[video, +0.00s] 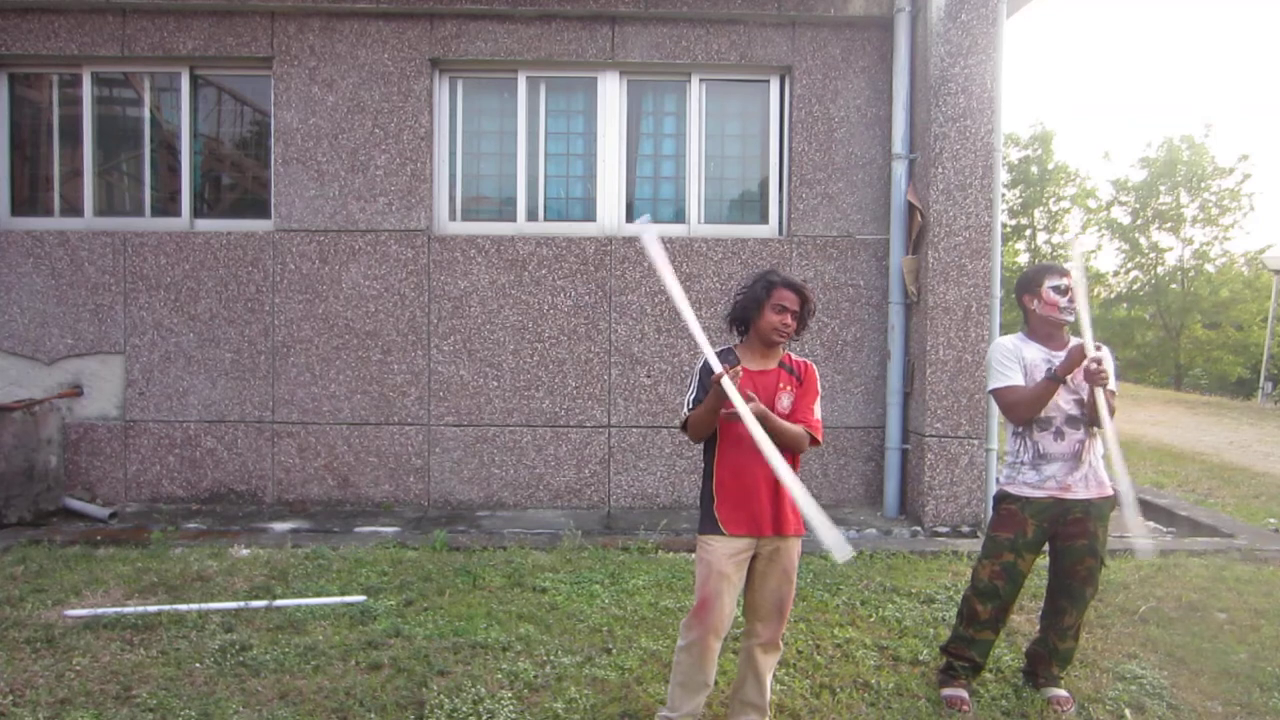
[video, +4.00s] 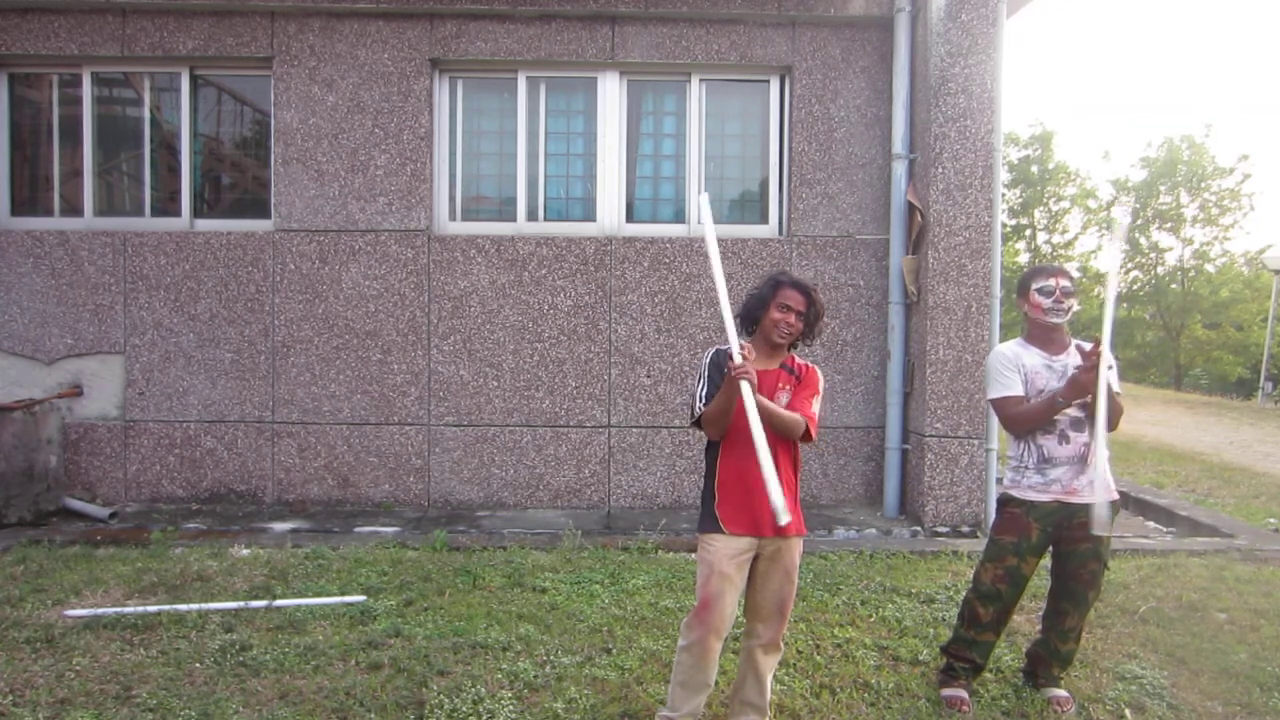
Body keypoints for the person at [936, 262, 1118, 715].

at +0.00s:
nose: (1067, 297)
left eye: (1071, 291)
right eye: (1057, 290)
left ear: (1076, 302)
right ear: (1028, 300)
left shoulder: (1091, 353)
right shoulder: (1006, 349)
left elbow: (1104, 419)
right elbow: (1017, 411)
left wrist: (1097, 385)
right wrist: (1063, 370)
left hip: (1086, 494)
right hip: (1026, 492)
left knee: (1074, 593)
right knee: (992, 584)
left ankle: (1045, 671)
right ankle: (957, 674)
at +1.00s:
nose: (1071, 298)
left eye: (1074, 292)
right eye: (1059, 290)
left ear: (1076, 303)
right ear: (1028, 301)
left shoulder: (1095, 355)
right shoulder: (1006, 352)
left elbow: (1110, 417)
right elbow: (1016, 415)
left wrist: (1098, 430)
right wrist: (1075, 395)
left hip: (1087, 496)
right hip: (1025, 494)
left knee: (1075, 593)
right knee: (992, 584)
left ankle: (1044, 671)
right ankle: (957, 674)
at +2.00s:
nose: (1069, 299)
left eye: (1071, 293)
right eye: (1057, 291)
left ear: (1073, 304)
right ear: (1027, 301)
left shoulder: (1096, 356)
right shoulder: (1005, 355)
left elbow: (1105, 424)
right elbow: (1017, 421)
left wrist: (1116, 407)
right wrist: (1065, 401)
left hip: (1088, 497)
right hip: (1027, 496)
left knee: (1075, 595)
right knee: (993, 585)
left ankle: (1045, 672)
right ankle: (957, 674)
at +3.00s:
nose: (1071, 298)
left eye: (1073, 292)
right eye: (1058, 291)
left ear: (1076, 304)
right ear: (1028, 302)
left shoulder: (1096, 355)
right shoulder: (1005, 355)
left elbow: (1109, 422)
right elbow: (1015, 420)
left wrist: (1091, 403)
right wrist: (1062, 390)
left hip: (1087, 497)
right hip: (1027, 496)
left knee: (1077, 592)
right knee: (994, 585)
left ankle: (1045, 670)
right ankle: (957, 674)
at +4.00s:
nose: (1058, 299)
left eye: (1067, 293)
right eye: (1046, 291)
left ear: (1076, 304)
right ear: (1023, 303)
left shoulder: (1094, 357)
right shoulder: (1006, 356)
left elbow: (1111, 421)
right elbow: (1016, 422)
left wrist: (1098, 375)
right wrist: (1068, 394)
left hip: (1089, 497)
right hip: (1029, 496)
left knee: (1077, 595)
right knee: (994, 586)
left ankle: (1045, 672)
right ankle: (957, 674)